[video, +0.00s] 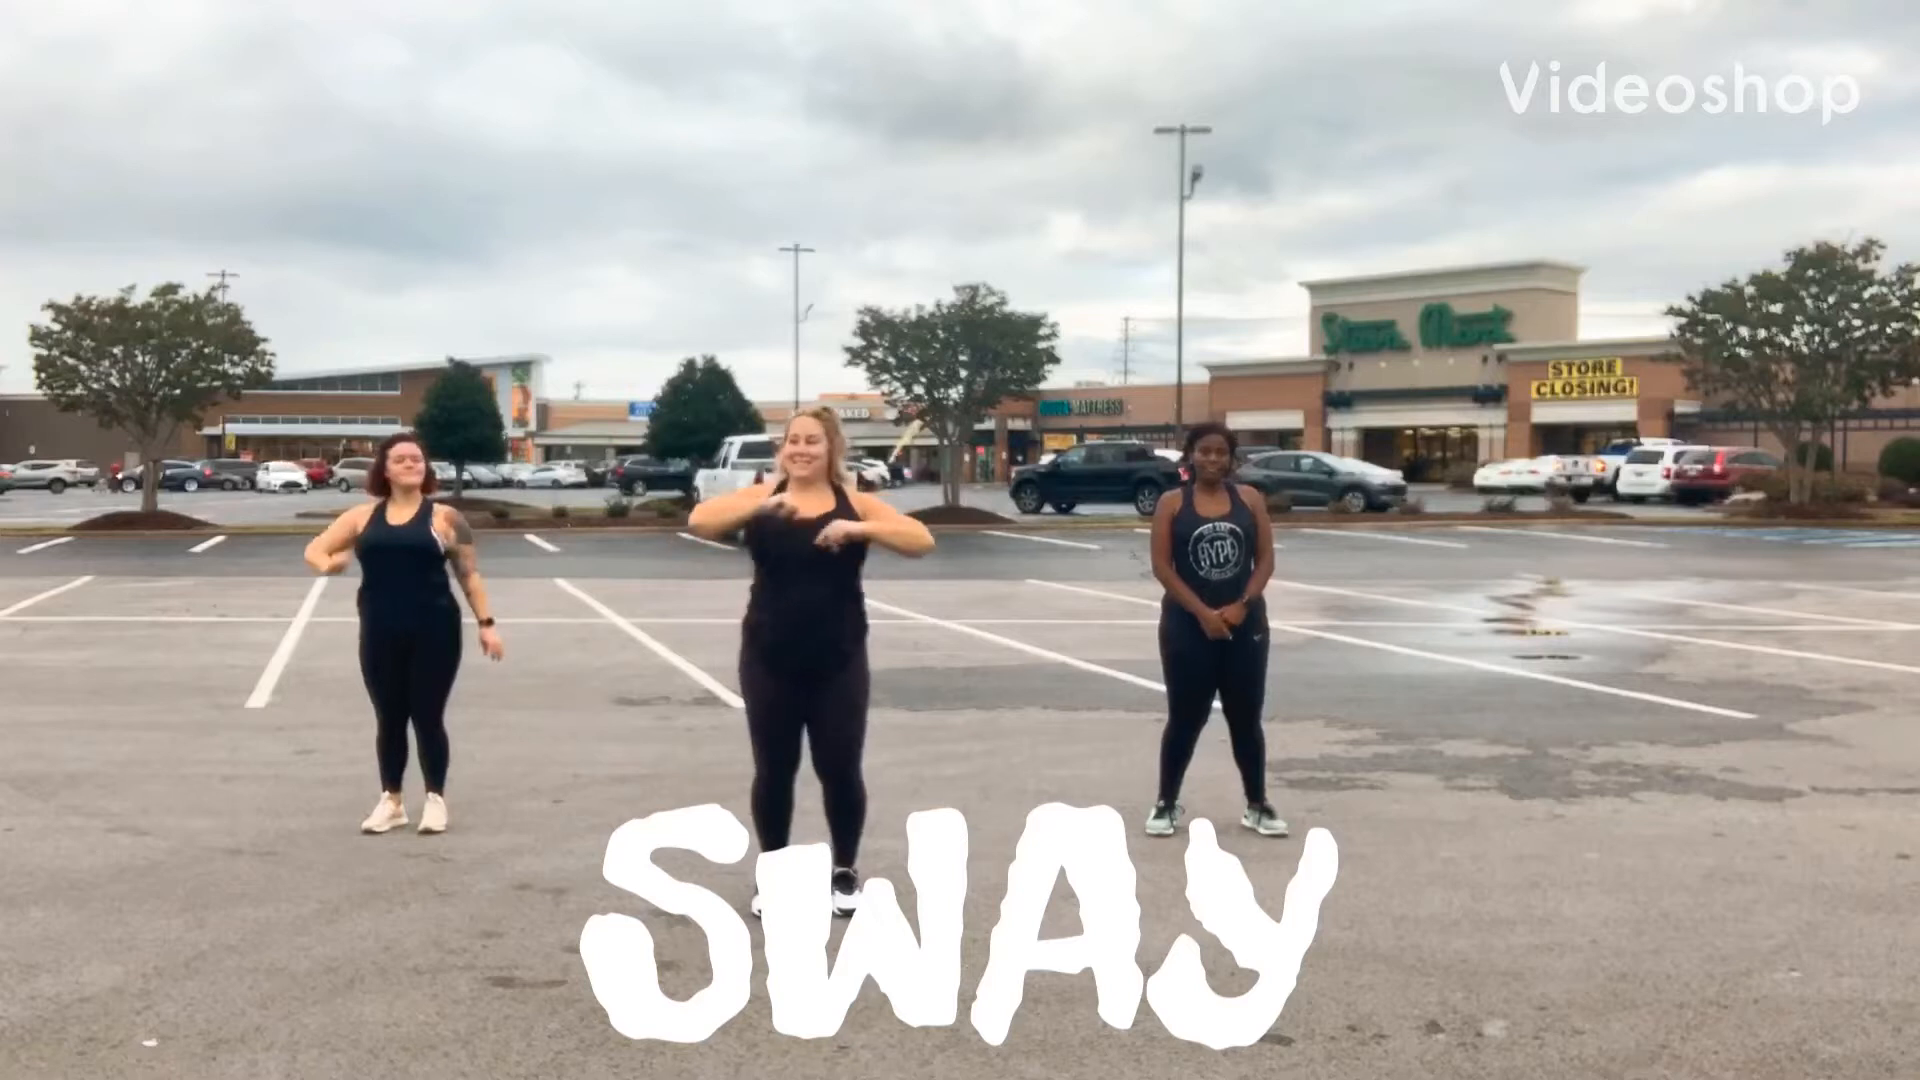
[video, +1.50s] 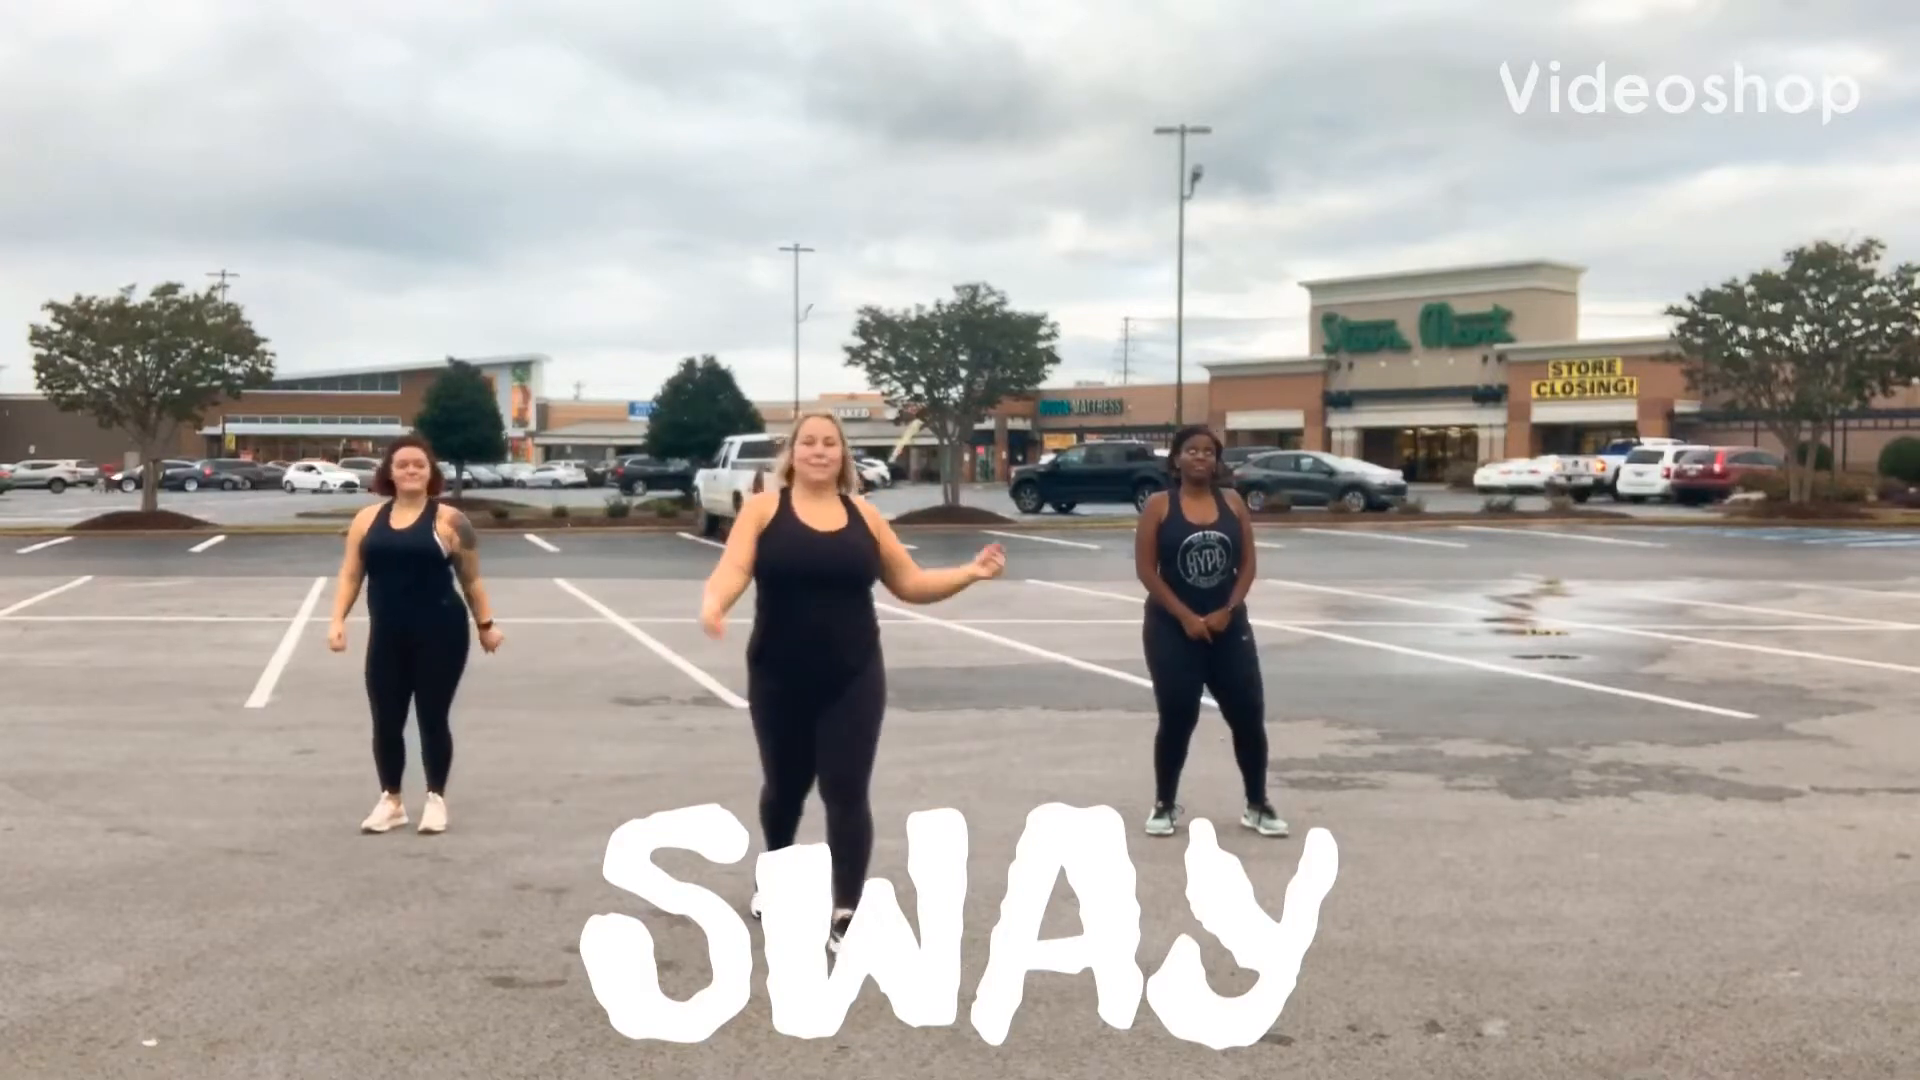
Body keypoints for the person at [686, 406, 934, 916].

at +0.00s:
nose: (800, 449)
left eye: (811, 441)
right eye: (793, 441)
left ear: (832, 450)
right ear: (781, 450)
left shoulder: (856, 502)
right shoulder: (760, 498)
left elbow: (922, 540)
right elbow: (698, 520)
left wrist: (860, 528)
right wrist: (762, 503)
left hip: (838, 662)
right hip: (768, 662)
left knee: (840, 773)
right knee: (773, 775)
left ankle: (844, 871)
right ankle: (770, 873)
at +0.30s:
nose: (806, 448)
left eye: (817, 440)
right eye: (799, 440)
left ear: (840, 449)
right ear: (789, 450)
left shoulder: (862, 501)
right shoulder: (771, 490)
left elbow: (867, 536)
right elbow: (766, 510)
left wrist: (827, 550)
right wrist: (812, 520)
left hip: (850, 659)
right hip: (782, 658)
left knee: (845, 770)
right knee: (776, 774)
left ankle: (845, 870)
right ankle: (771, 875)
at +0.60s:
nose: (800, 448)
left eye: (812, 440)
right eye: (793, 440)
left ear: (833, 449)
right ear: (783, 449)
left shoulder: (859, 506)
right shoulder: (762, 502)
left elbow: (914, 561)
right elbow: (697, 539)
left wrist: (968, 607)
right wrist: (637, 564)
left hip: (841, 661)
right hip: (771, 660)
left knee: (838, 771)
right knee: (773, 773)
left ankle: (844, 875)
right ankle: (773, 873)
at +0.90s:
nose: (796, 447)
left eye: (806, 439)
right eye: (788, 439)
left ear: (823, 448)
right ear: (773, 447)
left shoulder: (847, 502)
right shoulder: (747, 502)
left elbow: (867, 570)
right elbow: (732, 569)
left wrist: (884, 619)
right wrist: (725, 624)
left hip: (826, 661)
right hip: (756, 660)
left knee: (829, 768)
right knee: (764, 772)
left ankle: (842, 866)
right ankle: (770, 874)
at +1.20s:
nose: (797, 448)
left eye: (808, 439)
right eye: (788, 439)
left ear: (824, 447)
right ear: (773, 447)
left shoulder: (846, 505)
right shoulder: (746, 504)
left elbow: (881, 570)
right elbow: (709, 571)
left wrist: (920, 616)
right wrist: (683, 638)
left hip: (830, 664)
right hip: (759, 666)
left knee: (830, 771)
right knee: (769, 775)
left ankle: (838, 884)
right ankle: (771, 878)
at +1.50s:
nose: (818, 451)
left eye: (828, 443)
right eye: (808, 442)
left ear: (843, 454)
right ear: (791, 453)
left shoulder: (862, 514)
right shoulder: (762, 509)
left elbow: (910, 584)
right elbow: (734, 568)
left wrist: (972, 572)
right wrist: (713, 604)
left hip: (852, 676)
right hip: (779, 675)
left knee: (846, 795)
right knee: (785, 788)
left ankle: (846, 910)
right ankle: (771, 876)